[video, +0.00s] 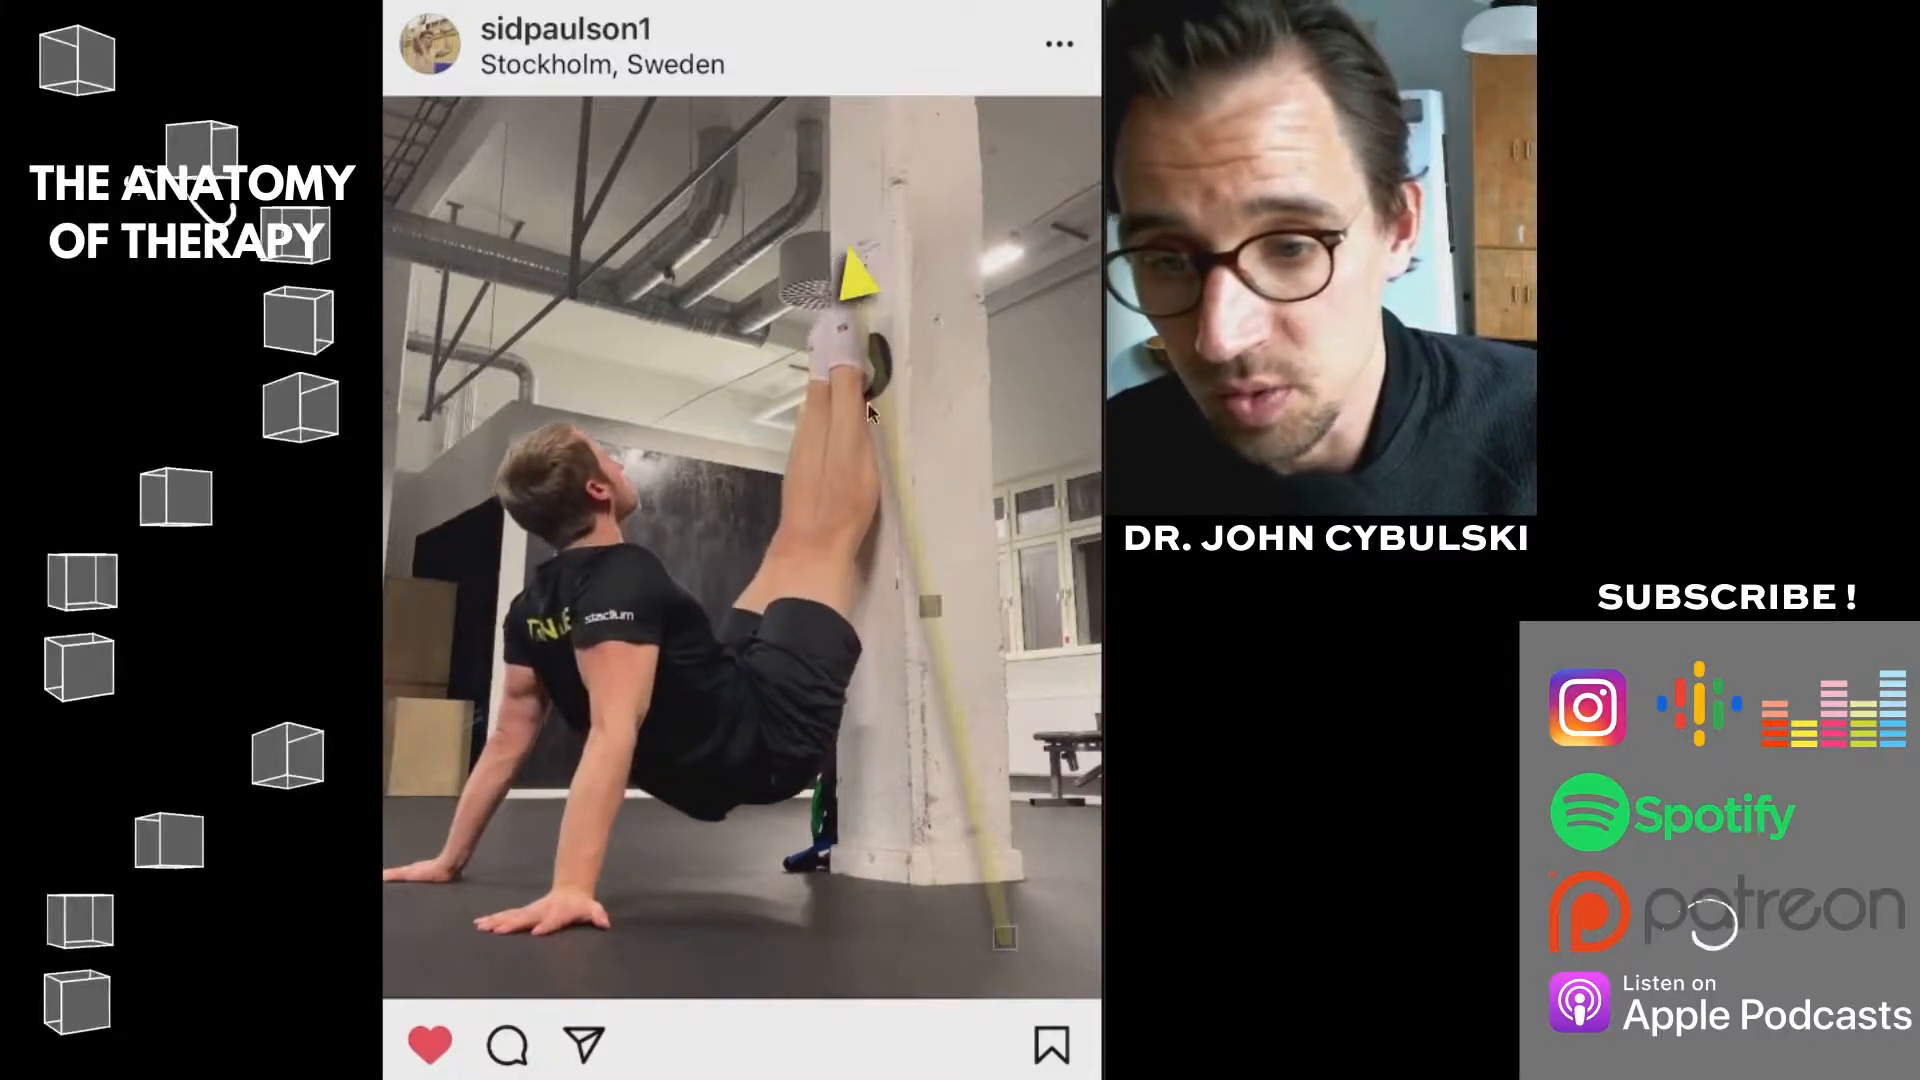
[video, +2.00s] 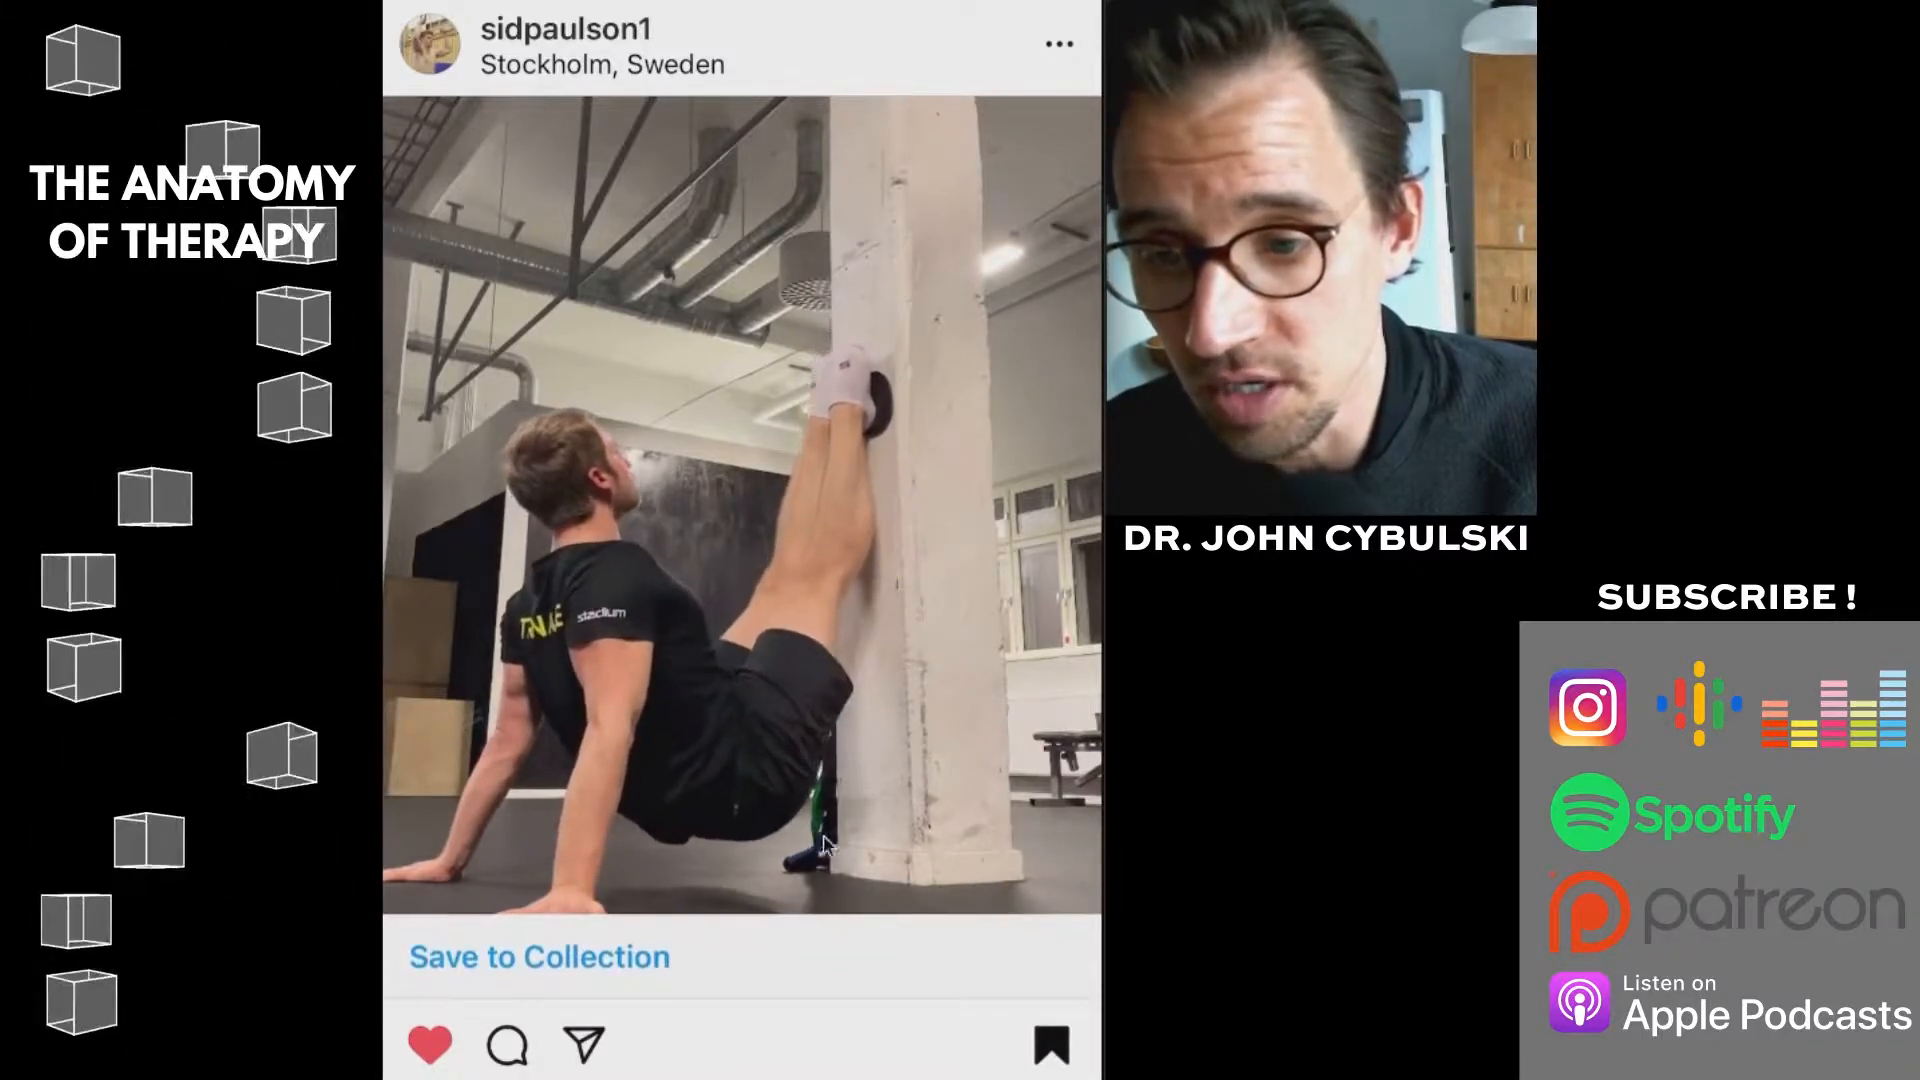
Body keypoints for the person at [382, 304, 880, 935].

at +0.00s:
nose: (620, 460)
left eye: (607, 451)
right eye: (608, 455)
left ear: (541, 517)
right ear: (600, 491)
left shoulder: (532, 604)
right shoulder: (622, 578)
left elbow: (508, 741)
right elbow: (611, 733)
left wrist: (449, 859)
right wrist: (572, 887)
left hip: (709, 766)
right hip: (772, 742)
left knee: (796, 536)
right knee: (834, 527)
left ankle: (825, 378)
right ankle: (847, 370)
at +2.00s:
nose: (626, 460)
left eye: (615, 448)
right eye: (614, 453)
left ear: (544, 502)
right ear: (600, 480)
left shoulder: (526, 604)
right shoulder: (614, 571)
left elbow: (508, 742)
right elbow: (609, 727)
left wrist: (450, 859)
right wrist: (573, 889)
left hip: (683, 799)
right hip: (749, 777)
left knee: (784, 579)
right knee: (819, 573)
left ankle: (826, 414)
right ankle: (847, 415)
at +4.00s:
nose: (632, 460)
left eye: (622, 448)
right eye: (622, 453)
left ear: (544, 499)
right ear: (604, 478)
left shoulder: (526, 600)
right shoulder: (616, 569)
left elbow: (508, 747)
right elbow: (607, 730)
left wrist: (450, 860)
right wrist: (572, 886)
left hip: (650, 829)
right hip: (708, 814)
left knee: (773, 609)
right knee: (805, 608)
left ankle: (825, 456)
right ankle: (846, 455)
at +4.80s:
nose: (633, 460)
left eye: (623, 449)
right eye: (622, 452)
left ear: (547, 496)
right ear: (604, 477)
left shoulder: (528, 600)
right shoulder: (615, 567)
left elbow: (507, 751)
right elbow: (607, 738)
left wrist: (450, 861)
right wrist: (571, 886)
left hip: (637, 836)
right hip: (684, 829)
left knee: (769, 620)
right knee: (799, 618)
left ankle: (833, 466)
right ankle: (846, 464)